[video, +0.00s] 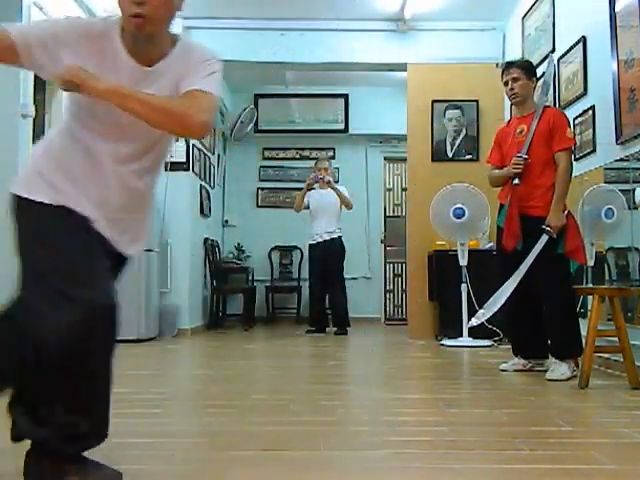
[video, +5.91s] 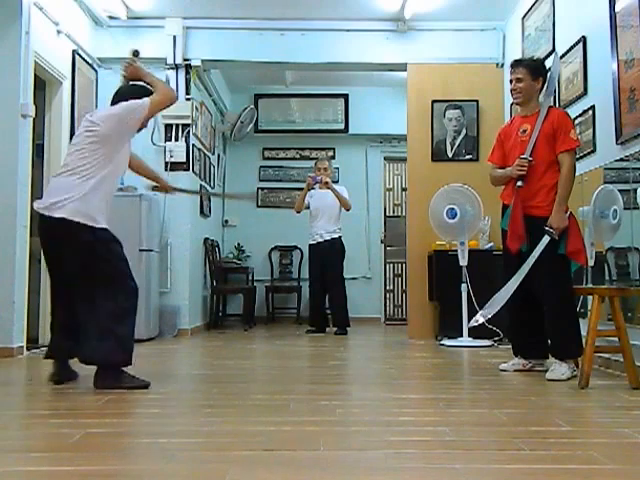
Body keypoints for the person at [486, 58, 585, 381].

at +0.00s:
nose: (511, 86)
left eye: (516, 80)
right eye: (506, 82)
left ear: (533, 83)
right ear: (504, 89)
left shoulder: (553, 117)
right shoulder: (504, 131)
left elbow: (564, 164)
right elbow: (493, 177)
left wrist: (557, 209)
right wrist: (508, 171)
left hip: (545, 215)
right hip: (512, 215)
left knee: (553, 285)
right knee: (517, 284)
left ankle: (565, 358)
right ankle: (529, 354)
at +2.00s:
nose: (510, 86)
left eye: (516, 80)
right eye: (506, 82)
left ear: (534, 82)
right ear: (505, 89)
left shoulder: (553, 117)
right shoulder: (504, 131)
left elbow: (565, 165)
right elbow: (493, 177)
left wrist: (558, 209)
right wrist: (508, 171)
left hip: (547, 214)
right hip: (514, 215)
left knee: (553, 284)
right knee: (520, 284)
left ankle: (565, 358)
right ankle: (529, 354)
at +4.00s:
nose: (519, 83)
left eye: (525, 78)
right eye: (514, 80)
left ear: (538, 83)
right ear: (508, 88)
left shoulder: (555, 117)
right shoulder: (505, 131)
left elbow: (566, 165)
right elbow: (493, 177)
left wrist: (559, 210)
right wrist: (509, 171)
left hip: (547, 214)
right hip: (514, 215)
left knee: (554, 284)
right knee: (521, 284)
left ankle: (565, 357)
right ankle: (529, 354)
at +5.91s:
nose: (514, 87)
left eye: (520, 81)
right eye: (511, 82)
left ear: (539, 83)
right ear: (510, 87)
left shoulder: (556, 118)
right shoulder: (507, 129)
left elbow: (567, 167)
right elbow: (494, 176)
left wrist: (559, 210)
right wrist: (510, 172)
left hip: (547, 215)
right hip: (515, 216)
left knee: (553, 285)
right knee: (520, 284)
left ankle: (565, 358)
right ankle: (530, 355)